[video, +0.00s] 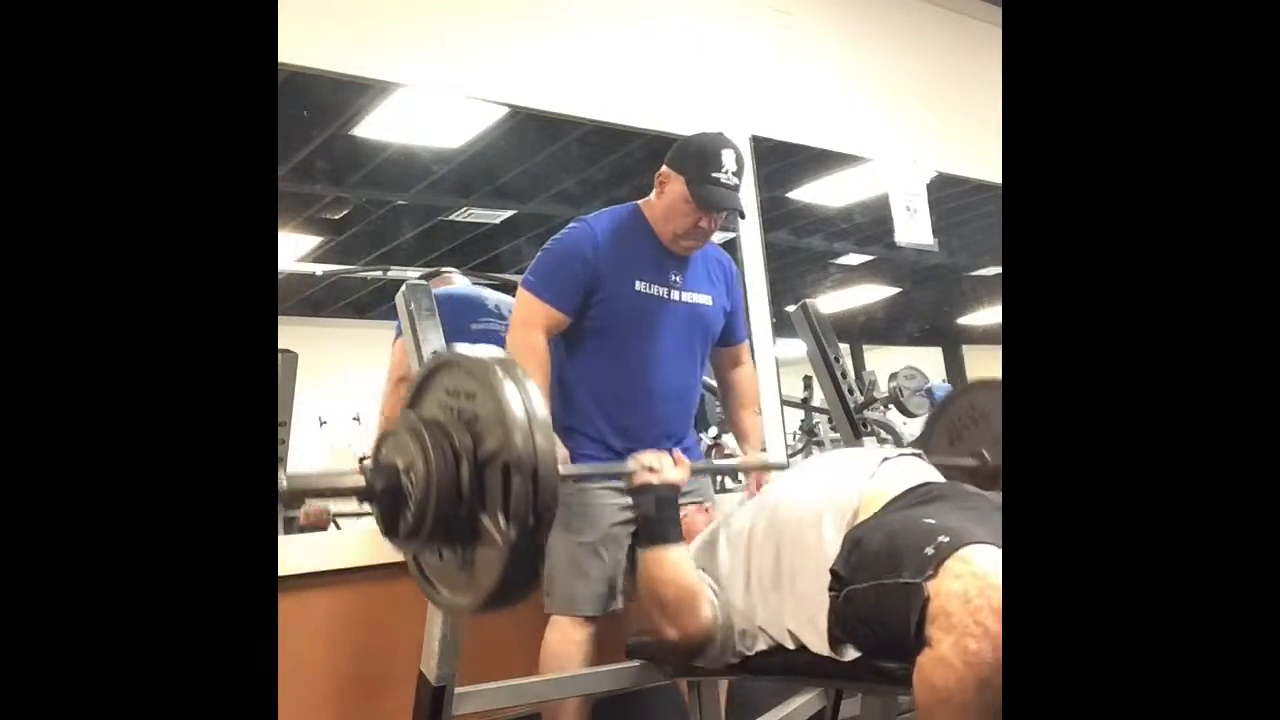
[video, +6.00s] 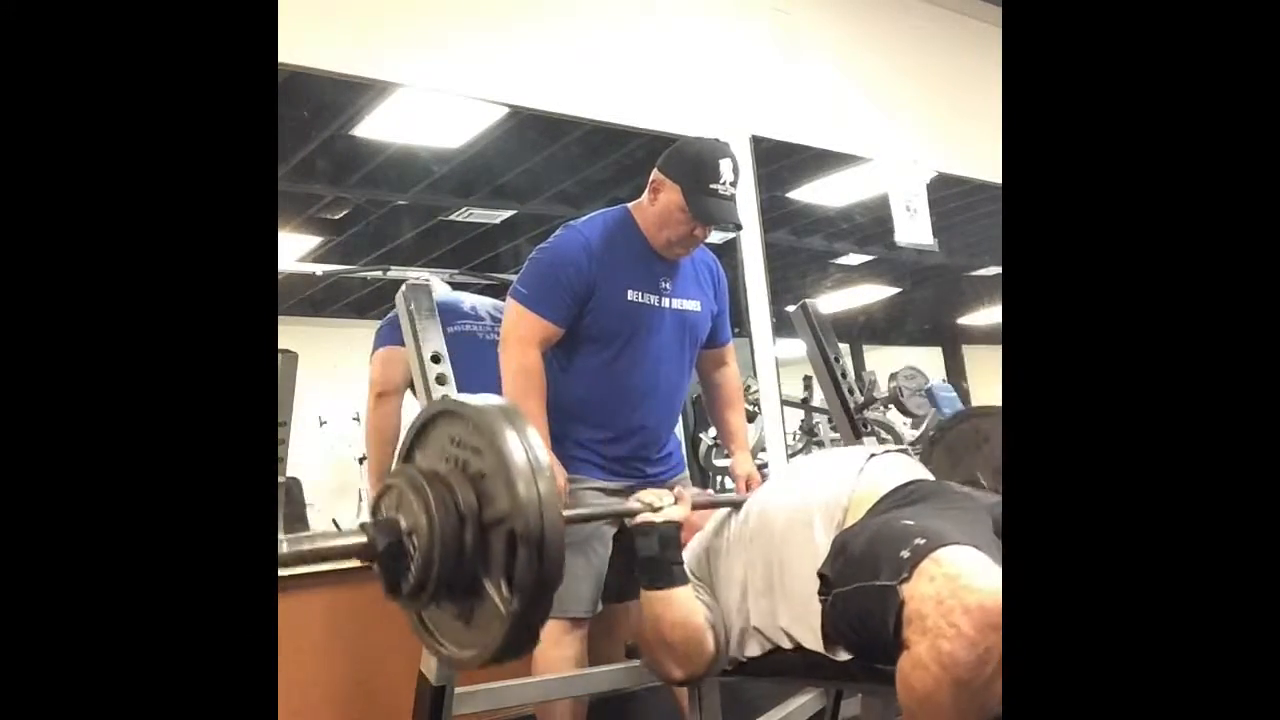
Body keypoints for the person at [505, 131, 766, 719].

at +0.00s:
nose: (710, 223)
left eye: (722, 213)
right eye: (701, 205)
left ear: (731, 210)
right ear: (664, 183)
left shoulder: (721, 271)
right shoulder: (589, 243)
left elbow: (736, 366)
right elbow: (527, 332)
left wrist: (752, 451)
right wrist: (538, 437)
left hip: (679, 471)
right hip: (591, 468)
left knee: (694, 622)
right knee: (575, 618)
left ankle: (701, 719)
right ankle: (561, 718)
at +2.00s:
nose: (702, 230)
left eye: (711, 221)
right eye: (693, 214)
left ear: (720, 216)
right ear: (656, 188)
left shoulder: (707, 271)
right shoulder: (579, 246)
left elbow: (719, 366)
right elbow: (519, 340)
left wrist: (739, 451)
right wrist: (538, 450)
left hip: (658, 469)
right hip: (576, 470)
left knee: (637, 614)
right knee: (568, 619)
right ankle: (564, 716)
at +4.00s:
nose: (704, 232)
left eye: (713, 222)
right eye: (696, 215)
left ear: (721, 217)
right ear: (657, 188)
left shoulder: (707, 271)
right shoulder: (579, 247)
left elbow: (718, 366)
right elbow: (520, 340)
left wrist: (739, 451)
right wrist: (540, 448)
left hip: (662, 469)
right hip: (578, 466)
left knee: (674, 617)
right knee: (569, 620)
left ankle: (690, 711)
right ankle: (561, 715)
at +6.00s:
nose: (703, 232)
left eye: (712, 223)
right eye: (695, 216)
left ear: (721, 218)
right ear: (657, 188)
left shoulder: (708, 272)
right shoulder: (579, 249)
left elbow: (719, 367)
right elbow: (520, 343)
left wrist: (740, 452)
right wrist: (538, 454)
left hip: (660, 471)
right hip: (579, 470)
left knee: (629, 610)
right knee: (570, 620)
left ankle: (598, 706)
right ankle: (559, 714)